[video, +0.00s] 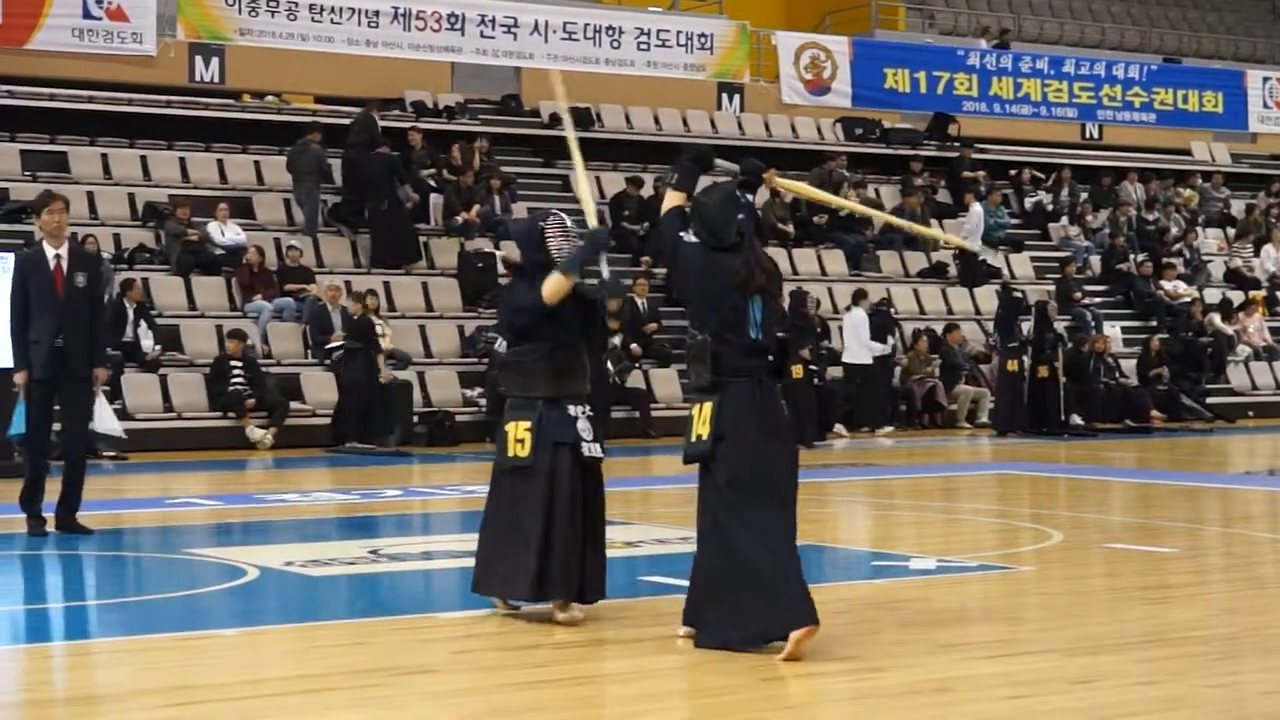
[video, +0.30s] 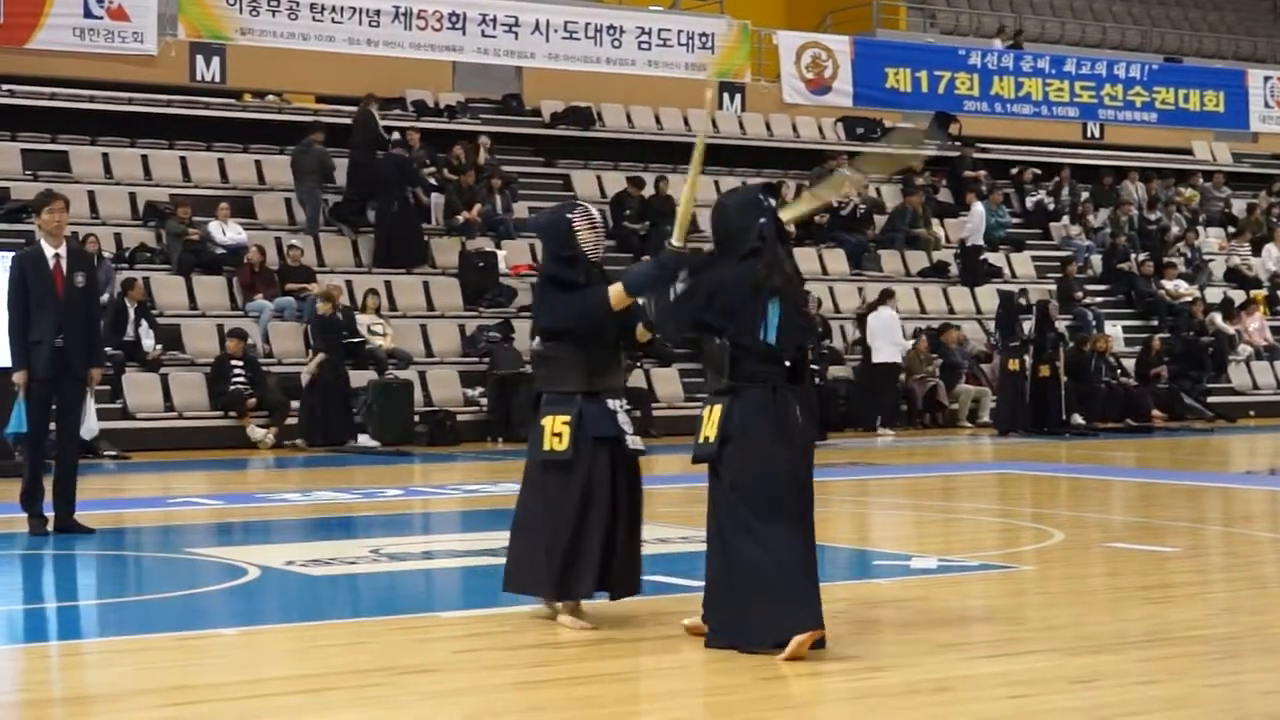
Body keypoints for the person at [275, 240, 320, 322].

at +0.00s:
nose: (293, 254)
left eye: (296, 251)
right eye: (290, 251)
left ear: (301, 253)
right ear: (287, 253)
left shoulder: (307, 270)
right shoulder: (281, 270)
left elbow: (313, 287)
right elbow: (284, 287)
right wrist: (304, 286)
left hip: (304, 294)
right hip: (289, 295)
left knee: (311, 299)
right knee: (312, 307)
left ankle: (304, 326)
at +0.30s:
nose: (294, 253)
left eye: (297, 250)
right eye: (291, 250)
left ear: (301, 253)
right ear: (288, 253)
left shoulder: (308, 270)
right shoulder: (282, 269)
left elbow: (314, 285)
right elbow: (284, 287)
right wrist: (305, 286)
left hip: (305, 293)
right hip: (290, 295)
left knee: (311, 298)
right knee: (311, 307)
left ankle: (305, 325)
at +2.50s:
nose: (294, 255)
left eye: (297, 251)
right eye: (291, 251)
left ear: (301, 254)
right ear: (288, 254)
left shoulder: (308, 271)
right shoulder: (282, 270)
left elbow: (314, 287)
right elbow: (285, 288)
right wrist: (306, 287)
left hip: (305, 295)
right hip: (290, 296)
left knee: (312, 300)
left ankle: (305, 324)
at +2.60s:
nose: (294, 255)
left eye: (297, 251)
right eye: (292, 251)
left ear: (301, 254)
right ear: (288, 254)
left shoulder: (308, 271)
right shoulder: (282, 270)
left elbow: (314, 288)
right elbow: (285, 288)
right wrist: (306, 287)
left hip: (305, 295)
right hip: (290, 296)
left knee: (312, 300)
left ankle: (306, 325)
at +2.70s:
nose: (294, 255)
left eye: (297, 251)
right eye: (292, 251)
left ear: (301, 254)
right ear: (288, 254)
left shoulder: (308, 271)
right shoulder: (283, 270)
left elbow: (314, 288)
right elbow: (285, 288)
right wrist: (306, 287)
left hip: (305, 294)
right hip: (290, 296)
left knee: (312, 300)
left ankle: (306, 325)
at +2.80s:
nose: (295, 255)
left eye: (298, 251)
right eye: (292, 251)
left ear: (302, 254)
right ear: (288, 254)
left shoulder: (308, 271)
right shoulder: (283, 270)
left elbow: (314, 287)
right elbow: (285, 288)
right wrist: (306, 287)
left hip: (305, 294)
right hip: (290, 296)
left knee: (312, 300)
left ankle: (306, 325)